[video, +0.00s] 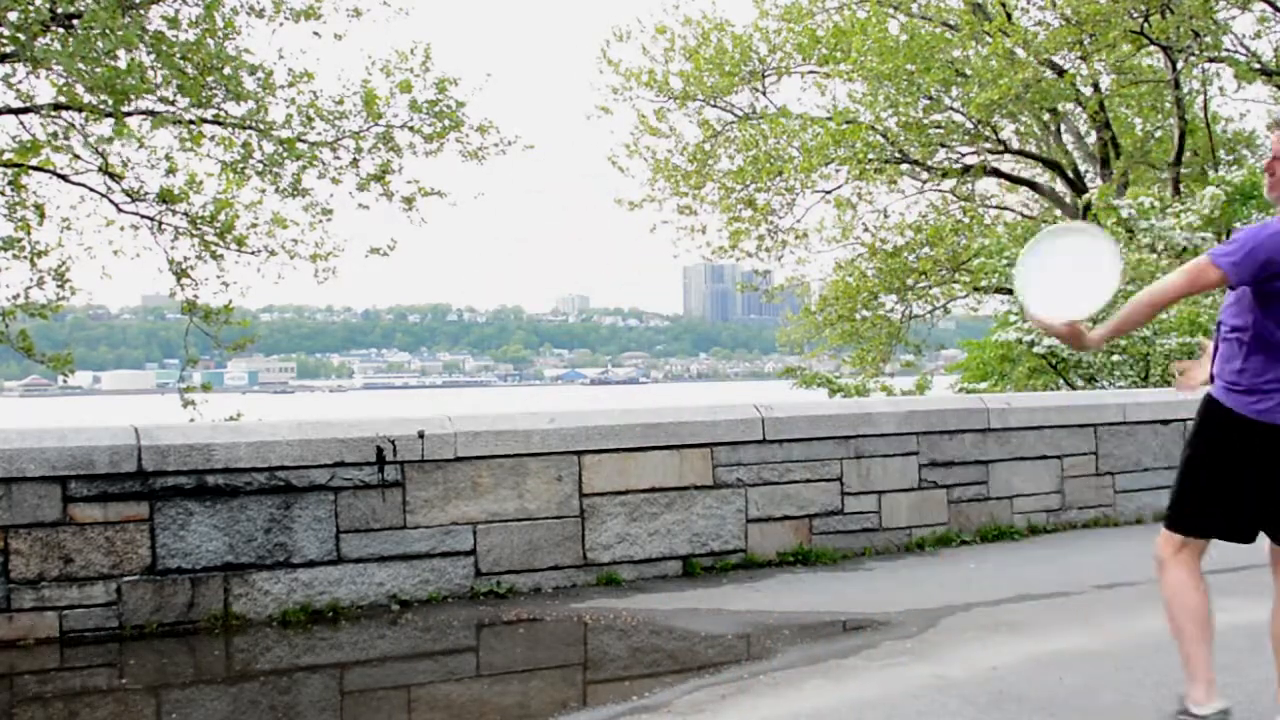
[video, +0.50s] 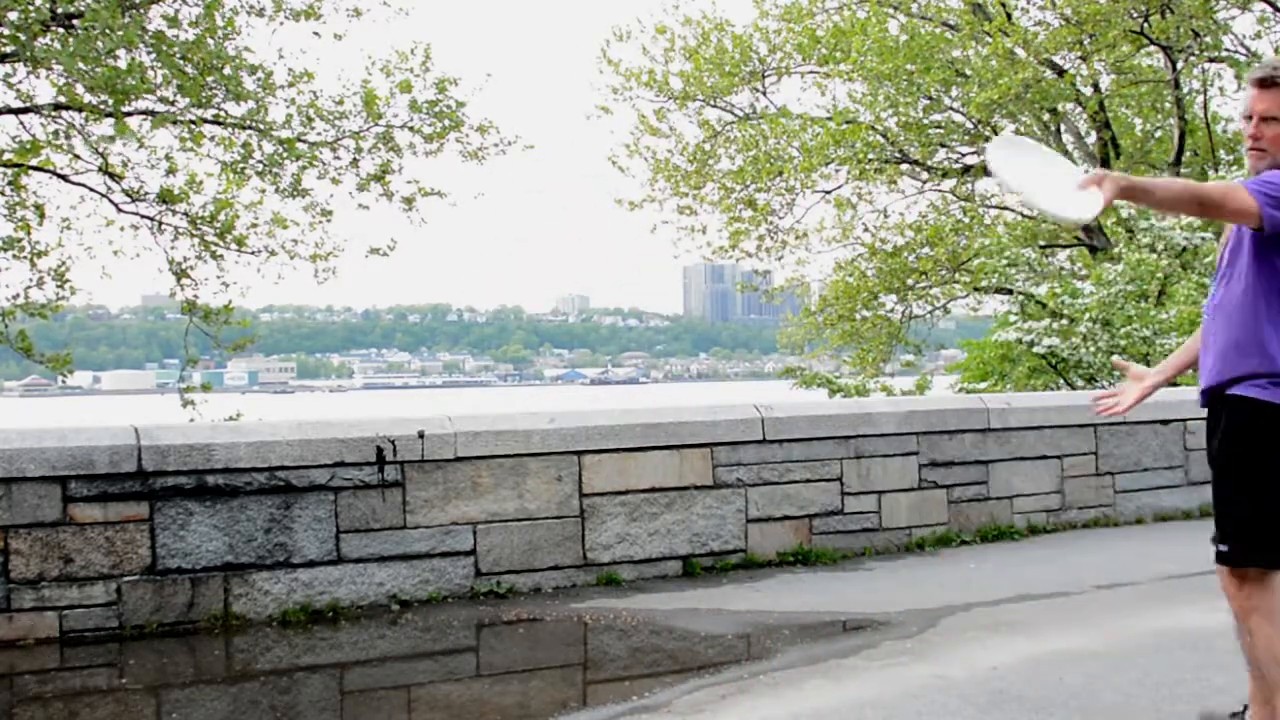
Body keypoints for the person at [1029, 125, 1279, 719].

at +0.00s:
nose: (1267, 173)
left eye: (1270, 163)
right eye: (1269, 162)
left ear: (1278, 170)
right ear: (1279, 171)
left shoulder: (1268, 238)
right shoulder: (1266, 237)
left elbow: (1169, 290)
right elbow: (1264, 322)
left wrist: (1094, 338)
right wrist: (1214, 364)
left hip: (1244, 418)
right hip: (1276, 422)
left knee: (1179, 549)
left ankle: (1202, 695)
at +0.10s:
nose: (1263, 164)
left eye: (1273, 155)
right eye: (1264, 153)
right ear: (1265, 156)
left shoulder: (1270, 231)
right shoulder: (1267, 227)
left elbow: (1177, 277)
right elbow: (1266, 314)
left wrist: (1092, 315)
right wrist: (1228, 373)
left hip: (1253, 413)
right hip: (1275, 414)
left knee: (1197, 562)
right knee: (1279, 559)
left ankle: (1254, 705)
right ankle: (1263, 705)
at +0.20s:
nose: (1262, 157)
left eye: (1274, 147)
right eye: (1259, 145)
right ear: (1254, 145)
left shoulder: (1273, 218)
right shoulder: (1262, 219)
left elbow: (1184, 241)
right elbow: (1268, 315)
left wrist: (1077, 262)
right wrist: (1222, 373)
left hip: (1262, 406)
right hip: (1266, 405)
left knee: (1228, 572)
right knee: (1278, 564)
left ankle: (1279, 704)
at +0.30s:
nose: (1258, 146)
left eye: (1270, 136)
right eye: (1255, 135)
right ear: (1250, 136)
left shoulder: (1273, 203)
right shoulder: (1258, 208)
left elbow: (1190, 220)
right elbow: (1262, 315)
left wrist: (1082, 226)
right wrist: (1205, 371)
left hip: (1262, 408)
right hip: (1250, 406)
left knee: (1254, 588)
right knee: (1257, 585)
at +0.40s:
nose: (1253, 137)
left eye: (1266, 127)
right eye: (1251, 124)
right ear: (1251, 126)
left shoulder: (1274, 193)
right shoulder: (1257, 202)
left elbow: (1193, 202)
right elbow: (1241, 314)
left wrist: (1100, 199)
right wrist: (1178, 376)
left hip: (1259, 402)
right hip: (1245, 400)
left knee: (1252, 587)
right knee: (1258, 580)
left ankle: (1273, 705)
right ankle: (1273, 701)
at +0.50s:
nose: (1254, 131)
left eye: (1269, 120)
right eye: (1249, 118)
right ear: (1243, 122)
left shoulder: (1275, 191)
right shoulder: (1249, 205)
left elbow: (1205, 199)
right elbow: (1225, 318)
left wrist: (1127, 185)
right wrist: (1156, 376)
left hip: (1258, 404)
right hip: (1235, 403)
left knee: (1248, 580)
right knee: (1244, 576)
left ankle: (1265, 709)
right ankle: (1262, 705)